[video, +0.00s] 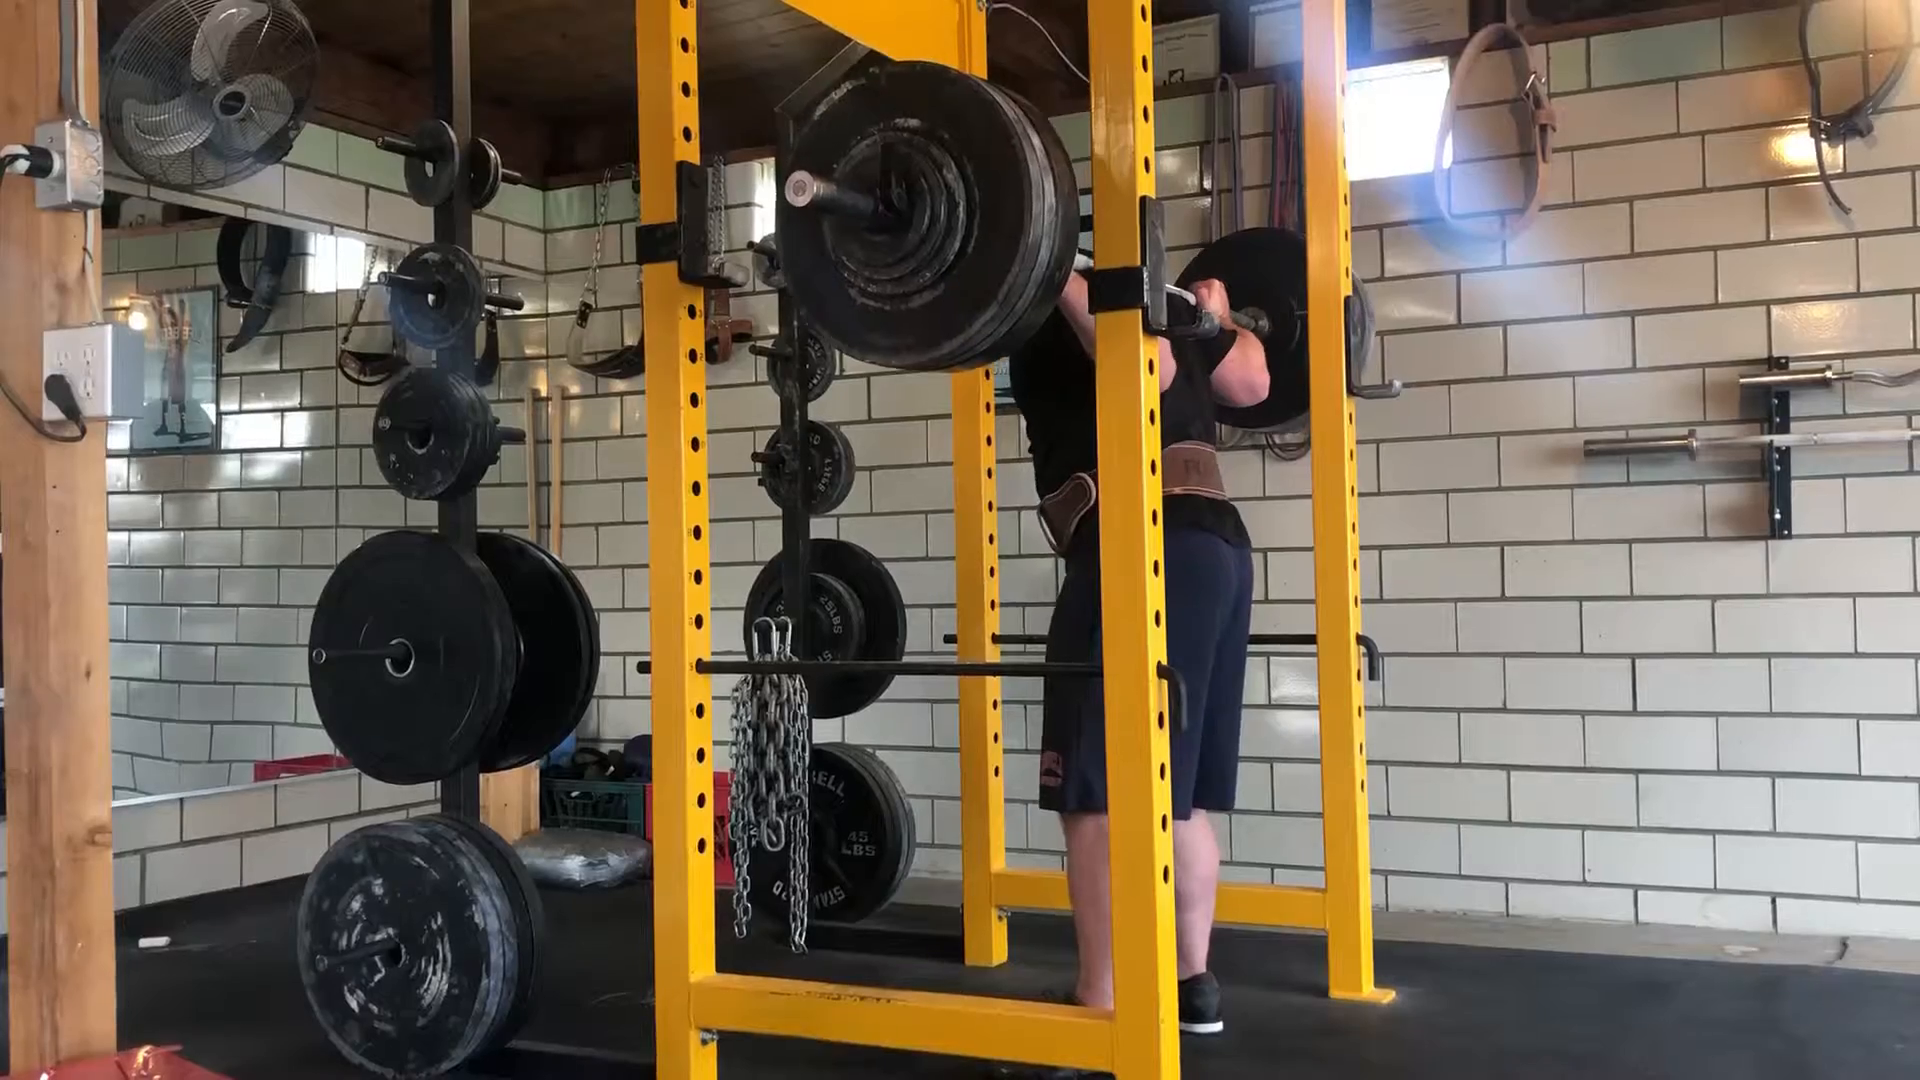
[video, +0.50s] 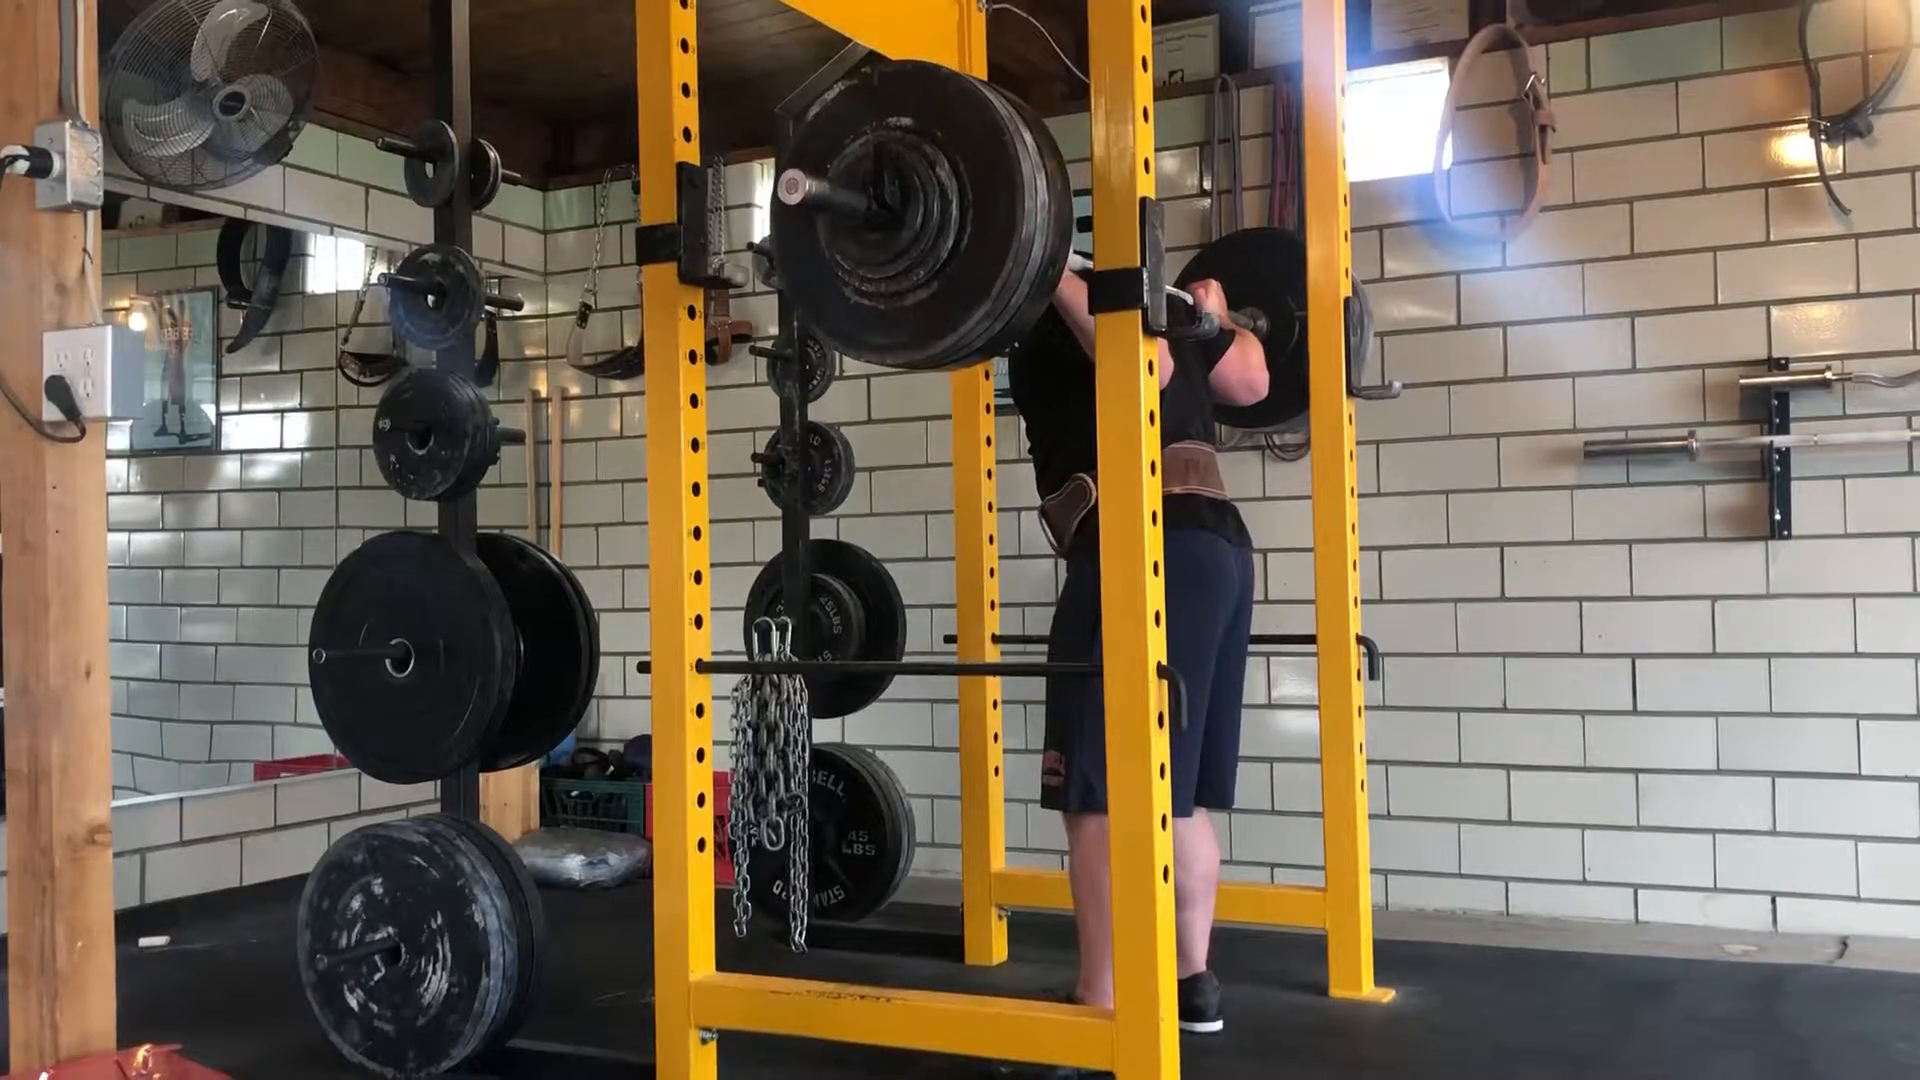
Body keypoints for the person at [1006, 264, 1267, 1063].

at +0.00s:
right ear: (1072, 225)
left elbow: (1145, 373)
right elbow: (1252, 380)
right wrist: (1214, 314)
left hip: (1130, 540)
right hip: (1215, 544)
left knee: (1090, 781)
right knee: (1191, 780)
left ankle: (1099, 1001)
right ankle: (1194, 985)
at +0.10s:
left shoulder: (1057, 305)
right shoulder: (1173, 305)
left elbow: (1153, 368)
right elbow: (1254, 377)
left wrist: (1067, 280)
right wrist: (1216, 311)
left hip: (1133, 542)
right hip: (1215, 546)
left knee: (1094, 787)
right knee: (1187, 786)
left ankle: (1099, 1004)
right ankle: (1192, 984)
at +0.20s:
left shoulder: (1058, 309)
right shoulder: (1174, 308)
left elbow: (1152, 368)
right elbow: (1254, 377)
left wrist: (1063, 276)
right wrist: (1218, 310)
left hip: (1135, 541)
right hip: (1217, 548)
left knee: (1097, 789)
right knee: (1188, 788)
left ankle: (1101, 1005)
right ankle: (1193, 986)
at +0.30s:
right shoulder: (1180, 314)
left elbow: (1148, 369)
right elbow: (1253, 379)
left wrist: (1066, 280)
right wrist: (1215, 312)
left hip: (1131, 540)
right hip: (1215, 542)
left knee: (1093, 787)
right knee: (1189, 785)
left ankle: (1100, 999)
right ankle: (1194, 984)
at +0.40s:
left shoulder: (1053, 295)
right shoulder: (1174, 304)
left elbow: (1145, 369)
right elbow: (1252, 379)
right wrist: (1216, 311)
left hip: (1130, 543)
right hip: (1217, 548)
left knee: (1096, 786)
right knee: (1190, 784)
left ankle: (1100, 1002)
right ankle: (1194, 986)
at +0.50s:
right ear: (1086, 238)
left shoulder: (1050, 303)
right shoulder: (1168, 302)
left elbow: (1142, 371)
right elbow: (1251, 378)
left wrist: (1067, 283)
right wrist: (1214, 310)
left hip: (1128, 544)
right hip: (1216, 547)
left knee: (1096, 787)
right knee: (1189, 785)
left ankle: (1100, 1003)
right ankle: (1194, 982)